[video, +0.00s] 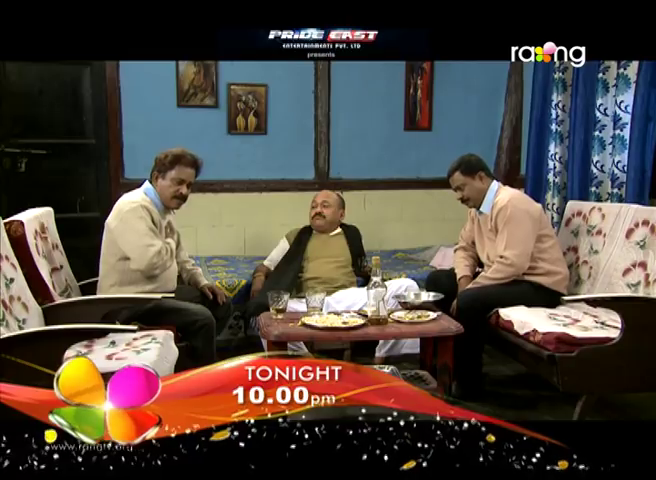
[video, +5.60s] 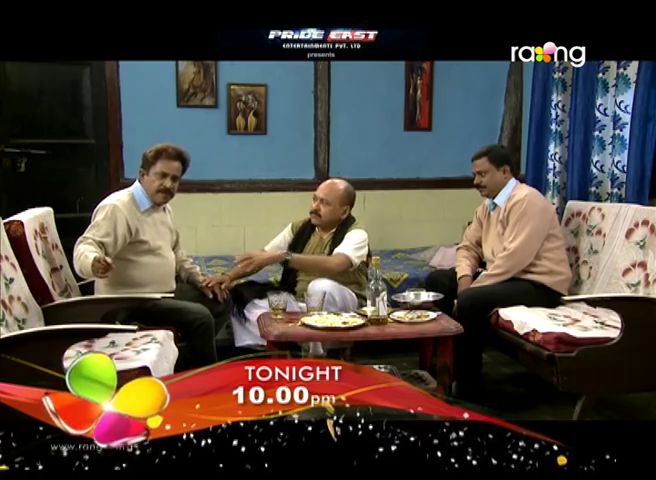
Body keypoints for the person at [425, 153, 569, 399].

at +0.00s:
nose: (459, 197)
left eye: (461, 188)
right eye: (456, 192)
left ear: (481, 178)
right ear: (479, 180)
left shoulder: (514, 205)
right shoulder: (478, 209)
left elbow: (513, 263)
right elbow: (464, 248)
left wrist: (466, 293)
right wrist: (464, 280)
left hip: (541, 286)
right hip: (502, 277)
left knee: (468, 302)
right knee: (437, 280)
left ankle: (467, 385)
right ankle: (441, 368)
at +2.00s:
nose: (459, 198)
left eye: (461, 190)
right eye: (456, 193)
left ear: (481, 179)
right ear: (479, 180)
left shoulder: (513, 205)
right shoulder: (478, 208)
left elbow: (513, 266)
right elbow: (464, 248)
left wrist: (466, 294)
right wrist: (463, 282)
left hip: (541, 286)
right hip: (504, 277)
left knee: (468, 302)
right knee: (437, 280)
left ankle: (467, 385)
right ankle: (440, 368)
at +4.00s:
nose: (471, 184)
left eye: (475, 177)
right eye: (469, 179)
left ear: (496, 172)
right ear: (492, 174)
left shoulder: (526, 201)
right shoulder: (486, 208)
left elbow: (513, 261)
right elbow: (467, 247)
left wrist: (472, 291)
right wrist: (464, 280)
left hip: (541, 285)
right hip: (504, 277)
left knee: (468, 302)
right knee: (437, 280)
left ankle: (467, 385)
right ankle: (437, 370)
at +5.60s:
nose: (476, 182)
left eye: (482, 174)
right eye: (474, 176)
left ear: (505, 172)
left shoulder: (529, 201)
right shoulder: (487, 207)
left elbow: (515, 258)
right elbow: (468, 246)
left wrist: (473, 290)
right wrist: (464, 278)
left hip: (541, 285)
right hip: (504, 277)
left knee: (468, 302)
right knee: (438, 280)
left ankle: (467, 385)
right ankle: (437, 368)